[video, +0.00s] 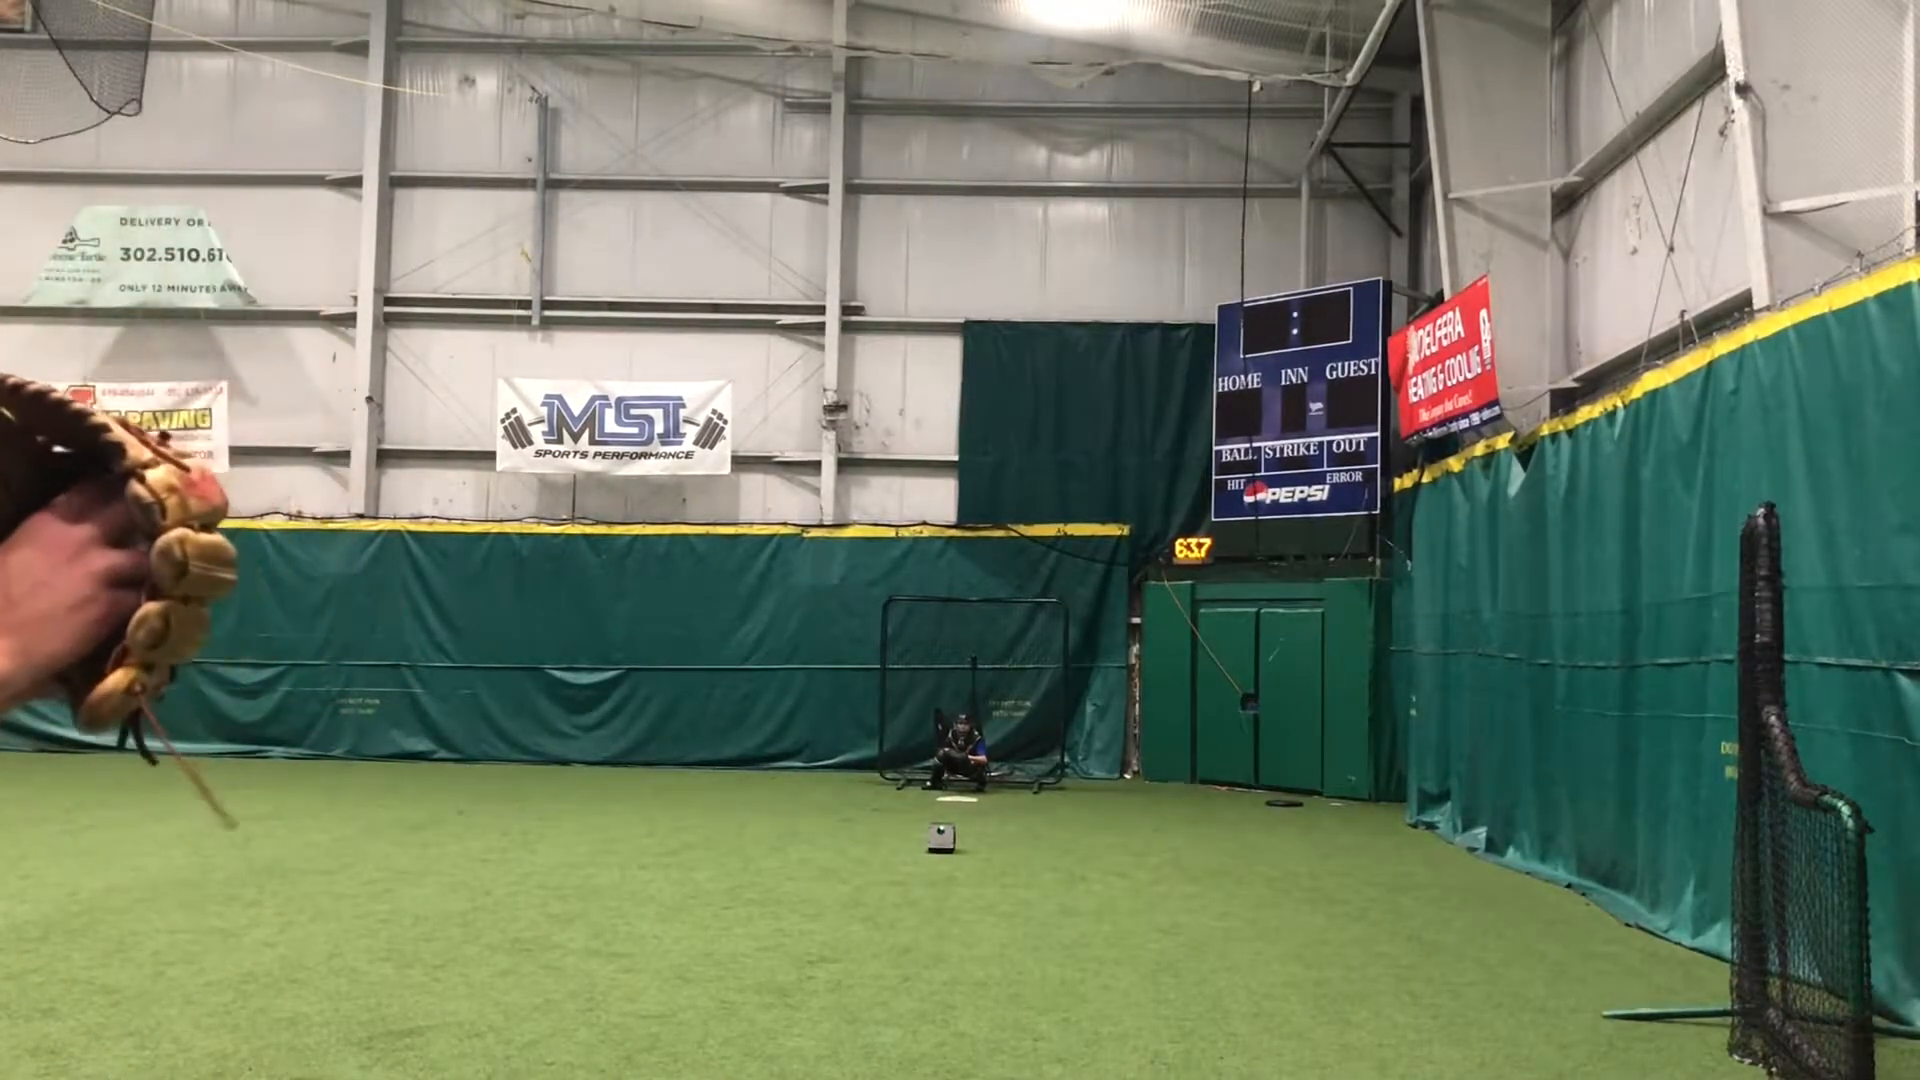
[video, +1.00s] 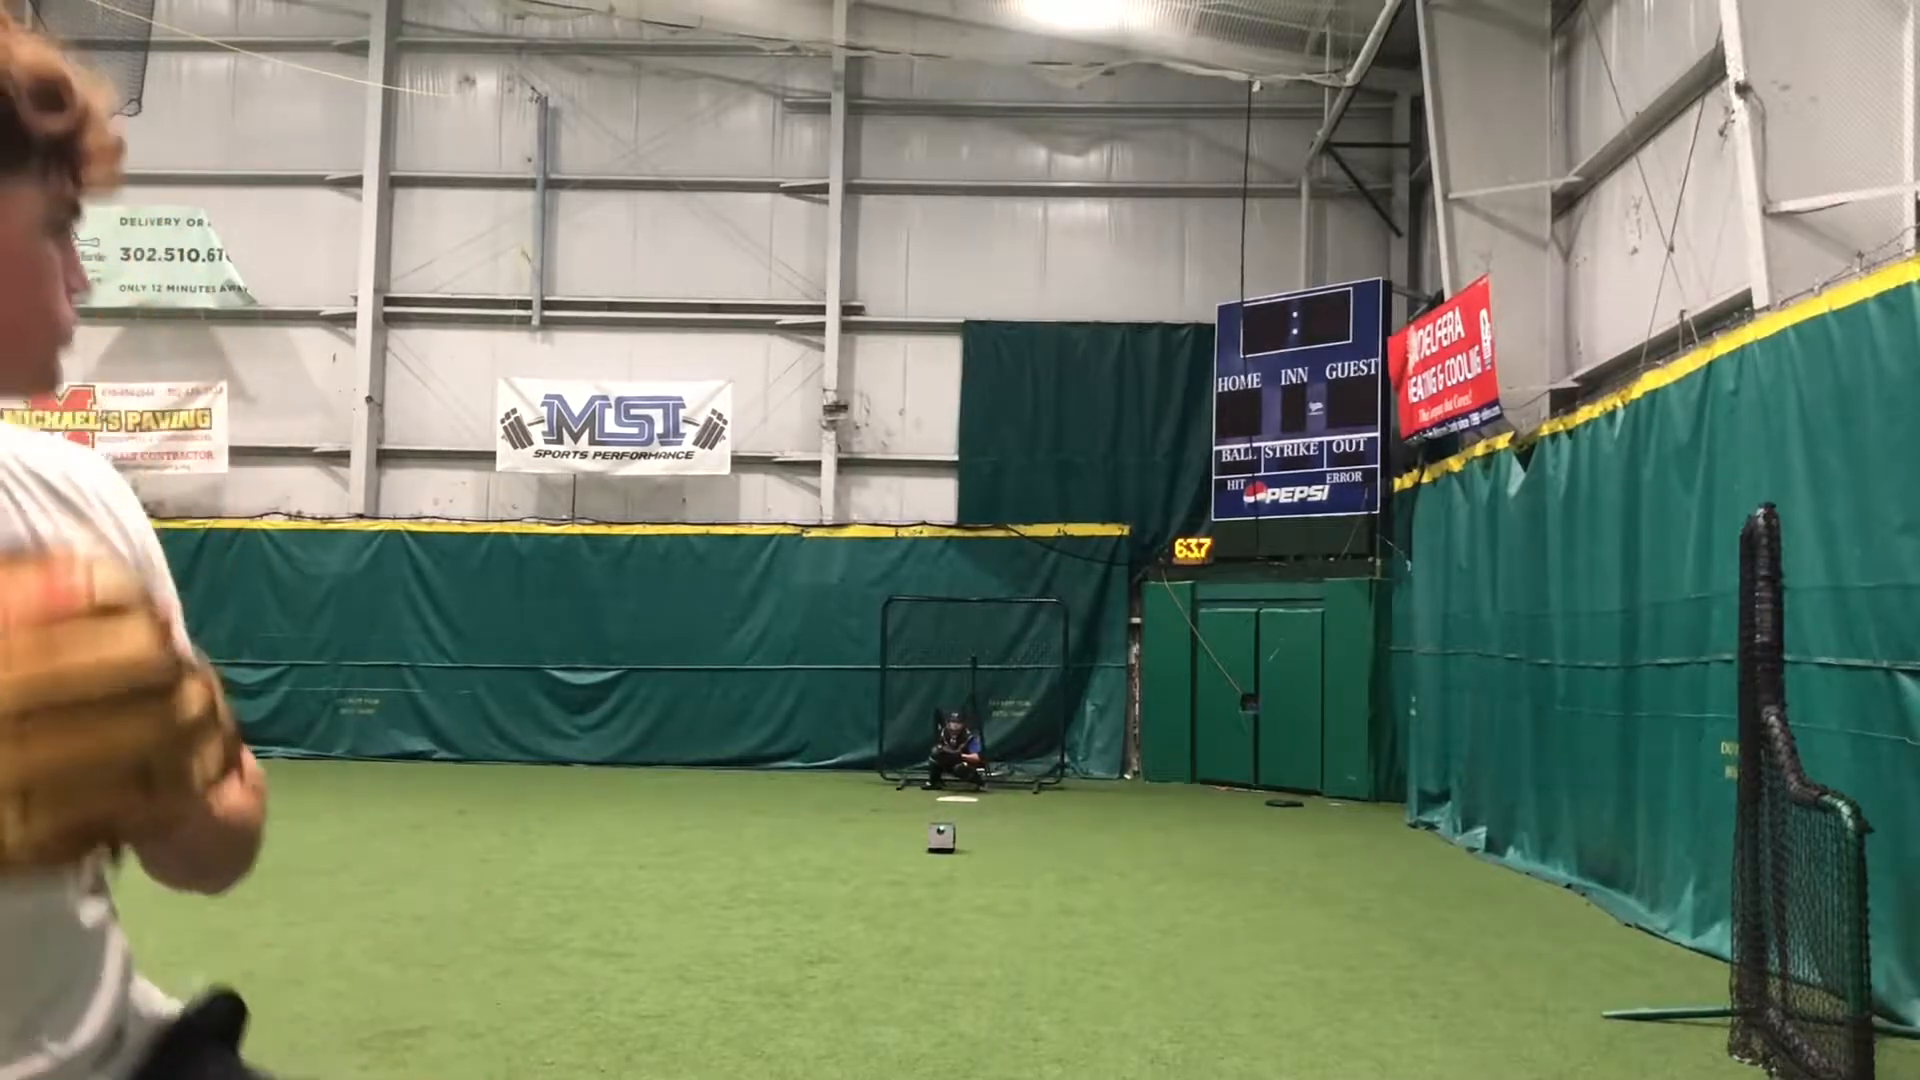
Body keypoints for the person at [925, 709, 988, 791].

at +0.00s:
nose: (962, 727)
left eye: (965, 724)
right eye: (960, 724)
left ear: (970, 726)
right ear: (955, 725)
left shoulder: (976, 739)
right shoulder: (950, 735)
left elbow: (983, 759)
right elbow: (944, 749)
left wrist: (967, 757)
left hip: (969, 764)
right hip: (953, 763)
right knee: (941, 756)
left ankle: (981, 784)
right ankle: (936, 782)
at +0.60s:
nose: (958, 727)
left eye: (961, 724)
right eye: (956, 724)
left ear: (966, 726)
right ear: (951, 725)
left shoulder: (973, 738)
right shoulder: (946, 735)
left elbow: (980, 760)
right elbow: (939, 751)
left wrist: (964, 759)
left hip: (966, 766)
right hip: (949, 764)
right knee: (937, 760)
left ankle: (981, 783)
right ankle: (935, 782)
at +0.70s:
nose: (957, 726)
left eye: (960, 724)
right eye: (955, 723)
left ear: (965, 725)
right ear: (950, 725)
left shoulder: (972, 738)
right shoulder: (945, 735)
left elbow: (979, 759)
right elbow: (938, 751)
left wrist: (963, 757)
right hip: (948, 763)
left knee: (963, 768)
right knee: (936, 760)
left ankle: (980, 782)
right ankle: (936, 782)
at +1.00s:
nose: (954, 726)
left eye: (958, 723)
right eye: (952, 722)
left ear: (963, 725)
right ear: (947, 724)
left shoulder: (970, 738)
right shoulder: (942, 735)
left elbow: (976, 758)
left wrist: (960, 756)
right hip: (946, 760)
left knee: (960, 768)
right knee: (935, 753)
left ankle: (980, 782)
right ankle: (935, 782)